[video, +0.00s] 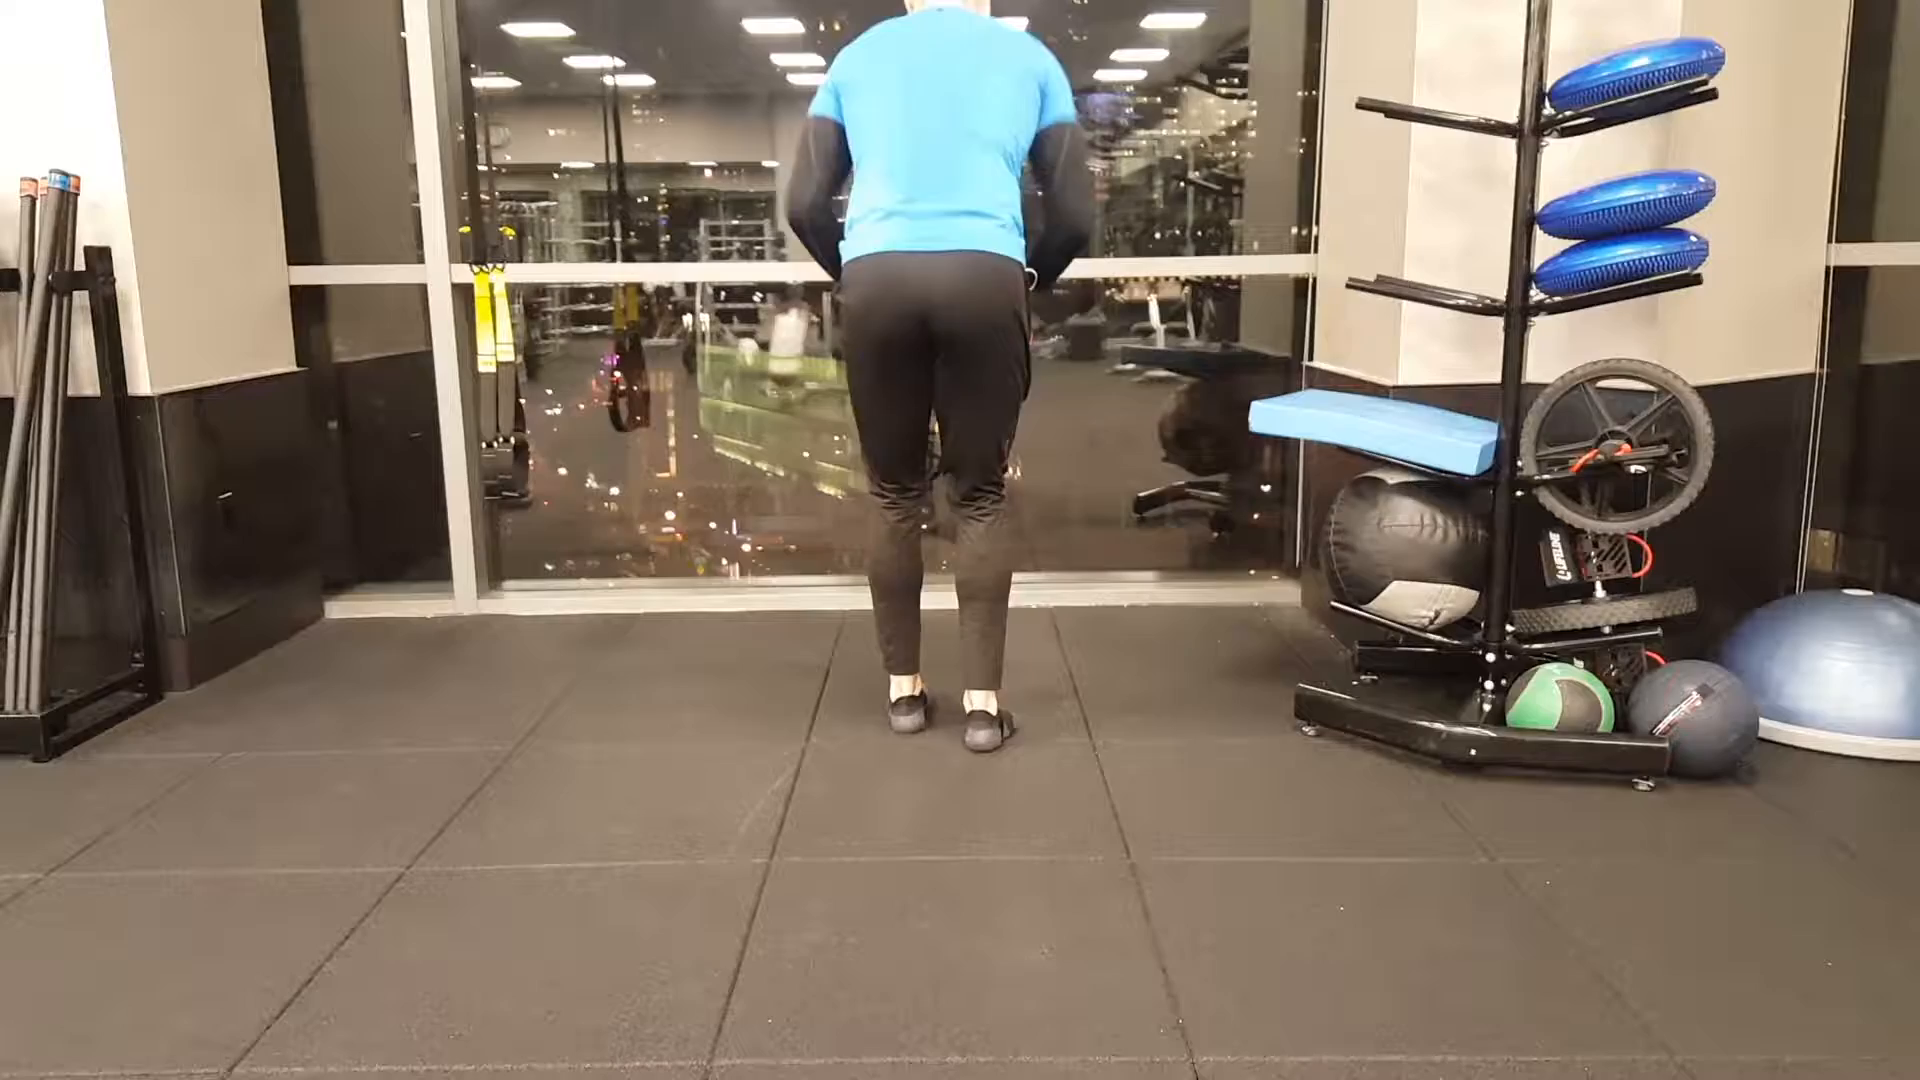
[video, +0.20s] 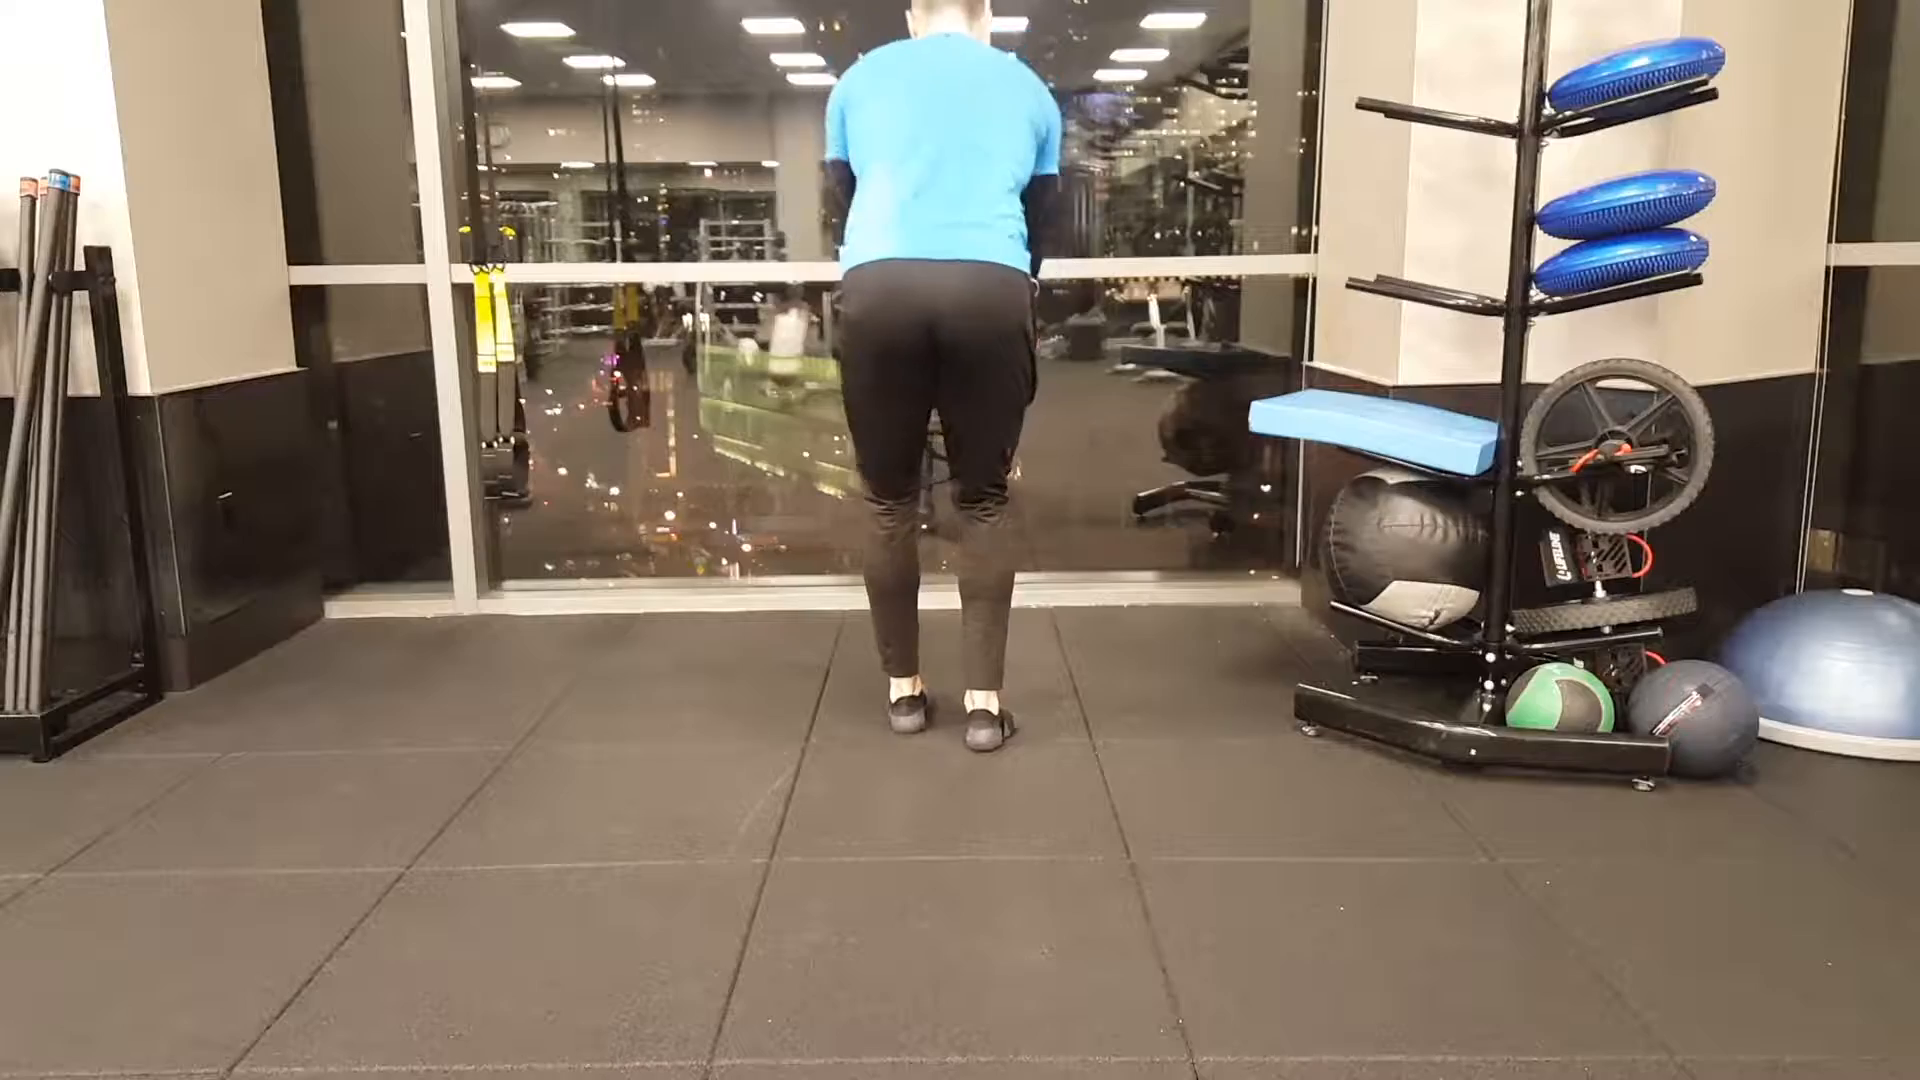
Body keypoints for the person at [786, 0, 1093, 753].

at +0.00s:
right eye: (1006, 15)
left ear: (910, 5)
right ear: (988, 7)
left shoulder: (857, 54)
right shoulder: (1031, 55)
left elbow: (803, 205)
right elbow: (1075, 218)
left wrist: (854, 275)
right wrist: (1030, 280)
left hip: (876, 275)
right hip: (983, 272)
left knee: (895, 494)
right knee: (979, 496)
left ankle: (904, 692)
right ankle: (982, 708)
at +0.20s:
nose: (982, 28)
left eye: (920, 20)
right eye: (986, 20)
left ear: (914, 20)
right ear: (985, 20)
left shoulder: (860, 76)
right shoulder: (1028, 86)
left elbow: (837, 202)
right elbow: (1046, 219)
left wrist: (883, 262)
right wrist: (1010, 281)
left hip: (877, 284)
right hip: (988, 286)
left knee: (889, 501)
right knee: (983, 499)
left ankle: (904, 691)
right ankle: (982, 706)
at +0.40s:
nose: (992, 23)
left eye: (911, 18)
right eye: (988, 17)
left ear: (909, 16)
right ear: (983, 16)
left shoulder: (862, 76)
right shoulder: (1036, 75)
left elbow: (850, 203)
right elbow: (1060, 218)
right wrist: (1026, 291)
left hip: (893, 287)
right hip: (1006, 287)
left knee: (889, 500)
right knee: (994, 502)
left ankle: (895, 688)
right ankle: (984, 708)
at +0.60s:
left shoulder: (850, 50)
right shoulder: (1041, 47)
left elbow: (844, 200)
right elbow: (1060, 211)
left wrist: (905, 260)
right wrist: (1030, 298)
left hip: (891, 288)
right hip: (1007, 288)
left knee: (882, 504)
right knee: (992, 510)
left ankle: (882, 708)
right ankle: (984, 711)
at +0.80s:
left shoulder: (821, 34)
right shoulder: (1026, 26)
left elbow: (820, 197)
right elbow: (1053, 201)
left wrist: (867, 270)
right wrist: (1021, 296)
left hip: (863, 295)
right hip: (985, 294)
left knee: (876, 544)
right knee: (984, 526)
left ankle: (880, 773)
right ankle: (987, 712)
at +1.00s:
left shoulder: (789, 12)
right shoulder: (1021, 8)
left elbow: (789, 184)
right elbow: (1058, 186)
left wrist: (826, 269)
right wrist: (1016, 276)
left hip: (849, 280)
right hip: (980, 280)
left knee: (869, 543)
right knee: (985, 520)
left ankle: (880, 793)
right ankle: (983, 761)